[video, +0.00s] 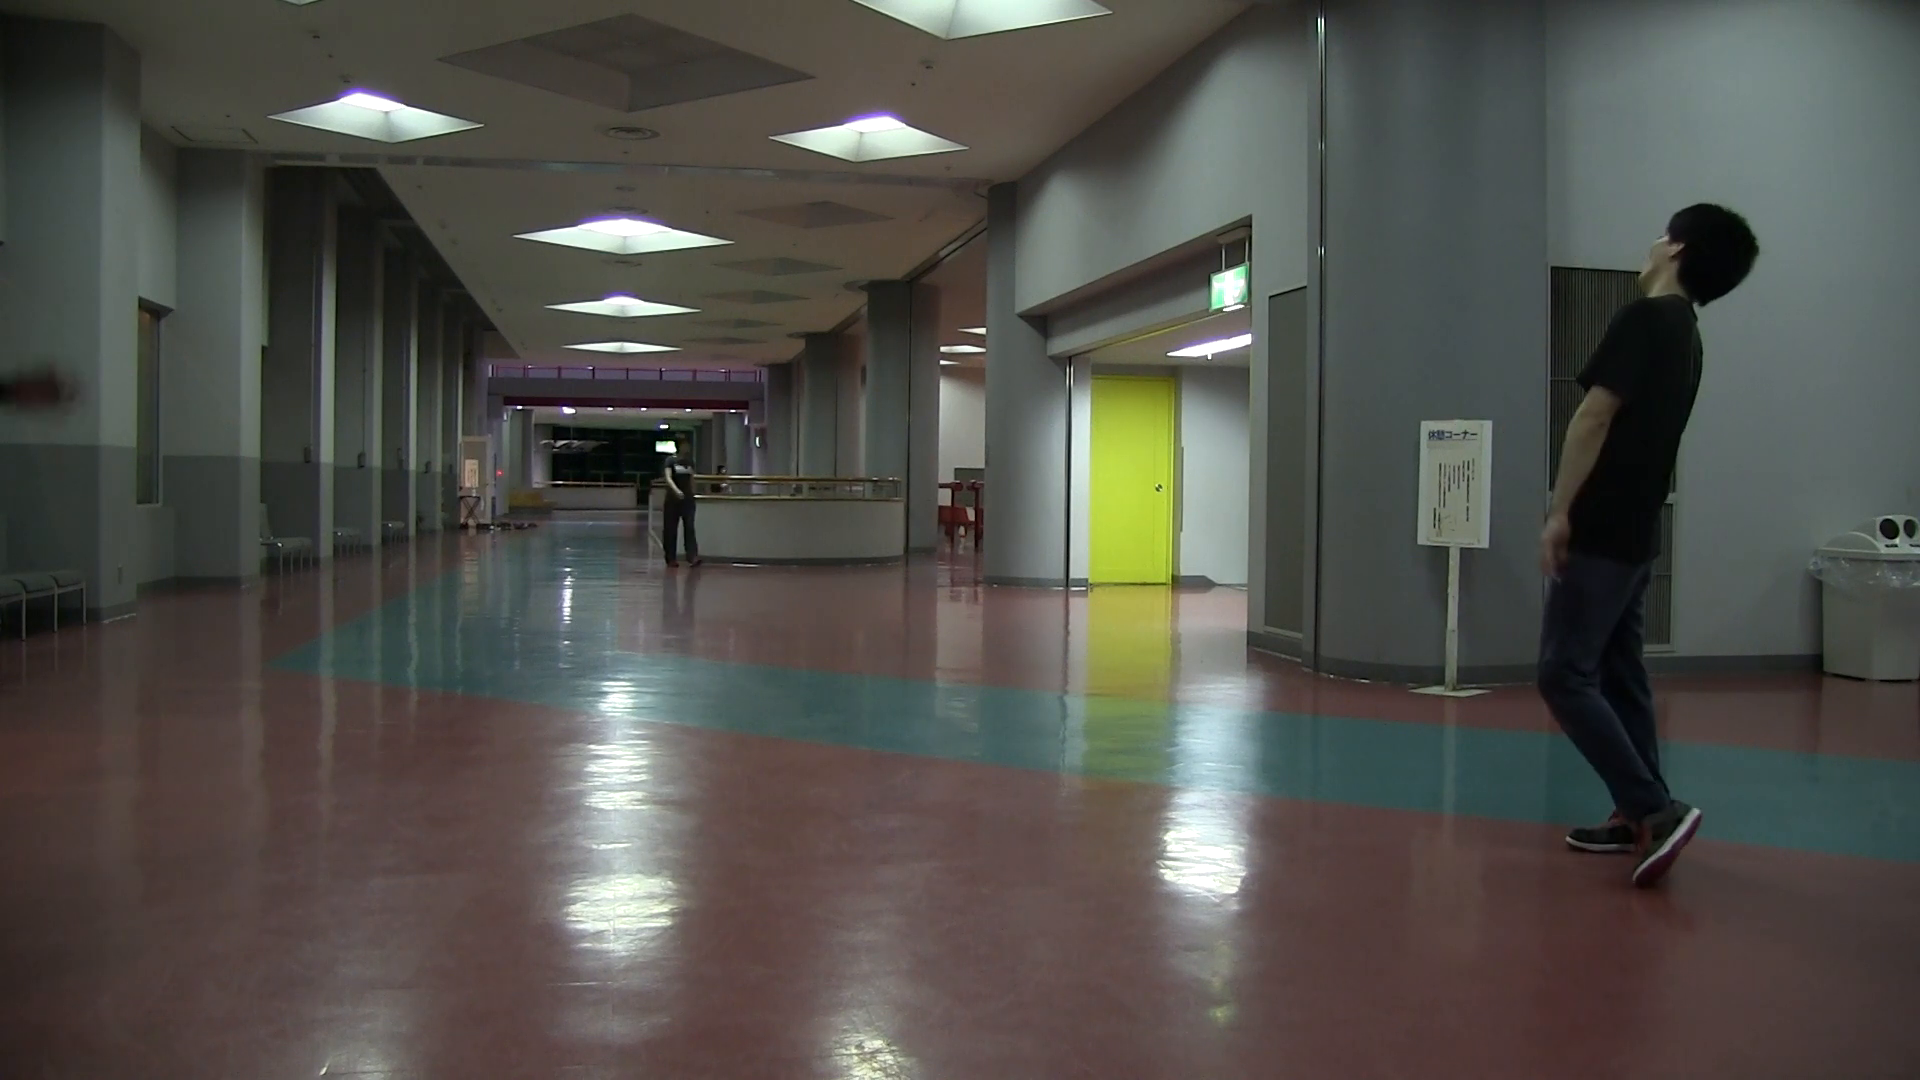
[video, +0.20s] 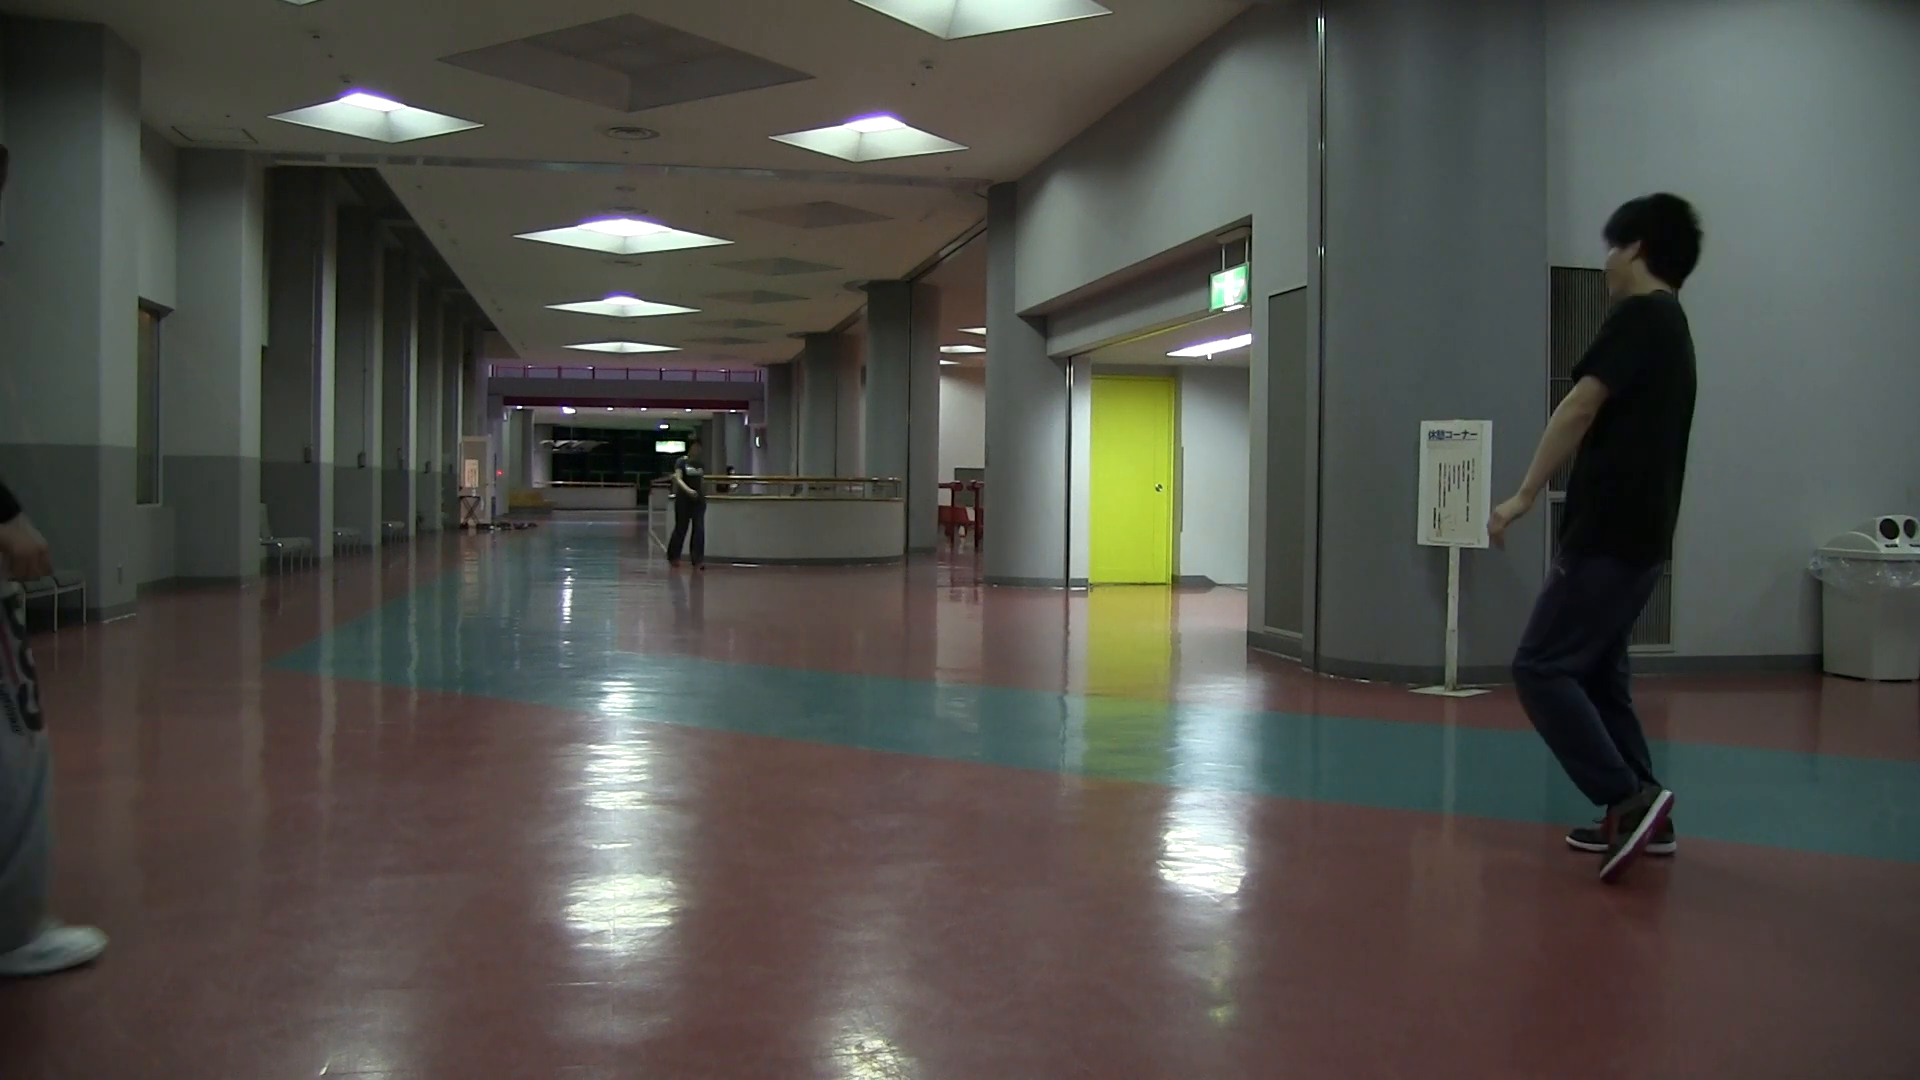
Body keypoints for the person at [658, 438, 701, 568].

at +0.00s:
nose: (686, 448)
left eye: (687, 446)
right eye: (683, 446)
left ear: (689, 447)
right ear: (678, 447)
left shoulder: (690, 462)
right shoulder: (670, 461)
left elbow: (692, 479)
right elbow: (668, 478)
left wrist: (692, 492)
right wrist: (677, 491)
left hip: (687, 499)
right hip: (673, 500)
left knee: (689, 529)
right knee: (670, 530)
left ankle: (692, 557)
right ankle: (671, 558)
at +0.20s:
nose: (697, 452)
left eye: (698, 449)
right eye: (694, 449)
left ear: (700, 451)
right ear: (690, 450)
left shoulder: (700, 465)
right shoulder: (681, 463)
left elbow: (700, 482)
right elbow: (677, 478)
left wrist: (702, 495)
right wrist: (689, 490)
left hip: (698, 501)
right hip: (684, 501)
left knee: (698, 530)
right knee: (681, 528)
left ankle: (697, 559)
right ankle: (673, 556)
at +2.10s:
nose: (815, 447)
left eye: (816, 444)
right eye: (813, 443)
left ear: (814, 445)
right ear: (806, 444)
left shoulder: (813, 462)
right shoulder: (796, 462)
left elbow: (812, 482)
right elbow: (797, 481)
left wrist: (815, 497)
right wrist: (813, 493)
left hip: (812, 503)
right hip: (798, 504)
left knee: (818, 536)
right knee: (791, 537)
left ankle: (827, 568)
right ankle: (785, 568)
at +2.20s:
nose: (825, 448)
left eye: (825, 445)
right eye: (823, 444)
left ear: (823, 446)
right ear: (816, 444)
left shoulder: (823, 462)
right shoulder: (805, 461)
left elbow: (822, 481)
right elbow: (806, 481)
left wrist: (826, 495)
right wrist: (822, 493)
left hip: (823, 504)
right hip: (807, 505)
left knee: (827, 537)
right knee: (802, 536)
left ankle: (830, 570)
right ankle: (787, 567)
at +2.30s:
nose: (834, 446)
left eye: (835, 442)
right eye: (832, 442)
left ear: (834, 444)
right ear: (823, 443)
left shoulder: (832, 461)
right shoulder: (814, 459)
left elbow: (830, 483)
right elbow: (812, 481)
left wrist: (834, 498)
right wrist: (823, 498)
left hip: (832, 500)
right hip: (817, 501)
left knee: (832, 537)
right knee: (816, 536)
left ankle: (831, 571)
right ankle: (797, 562)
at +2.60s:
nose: (857, 446)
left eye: (858, 443)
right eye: (854, 443)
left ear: (857, 444)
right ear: (846, 443)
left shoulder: (857, 461)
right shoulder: (836, 461)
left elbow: (864, 480)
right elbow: (823, 482)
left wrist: (877, 491)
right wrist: (816, 503)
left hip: (853, 504)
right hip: (840, 504)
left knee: (841, 539)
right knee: (849, 537)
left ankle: (832, 571)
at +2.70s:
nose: (866, 447)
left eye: (867, 444)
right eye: (863, 444)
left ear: (865, 445)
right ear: (855, 444)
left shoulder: (866, 462)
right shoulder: (843, 462)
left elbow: (874, 481)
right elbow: (832, 484)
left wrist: (887, 487)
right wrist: (822, 505)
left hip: (862, 505)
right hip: (849, 506)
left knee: (851, 540)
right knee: (860, 538)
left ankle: (835, 569)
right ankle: (868, 573)